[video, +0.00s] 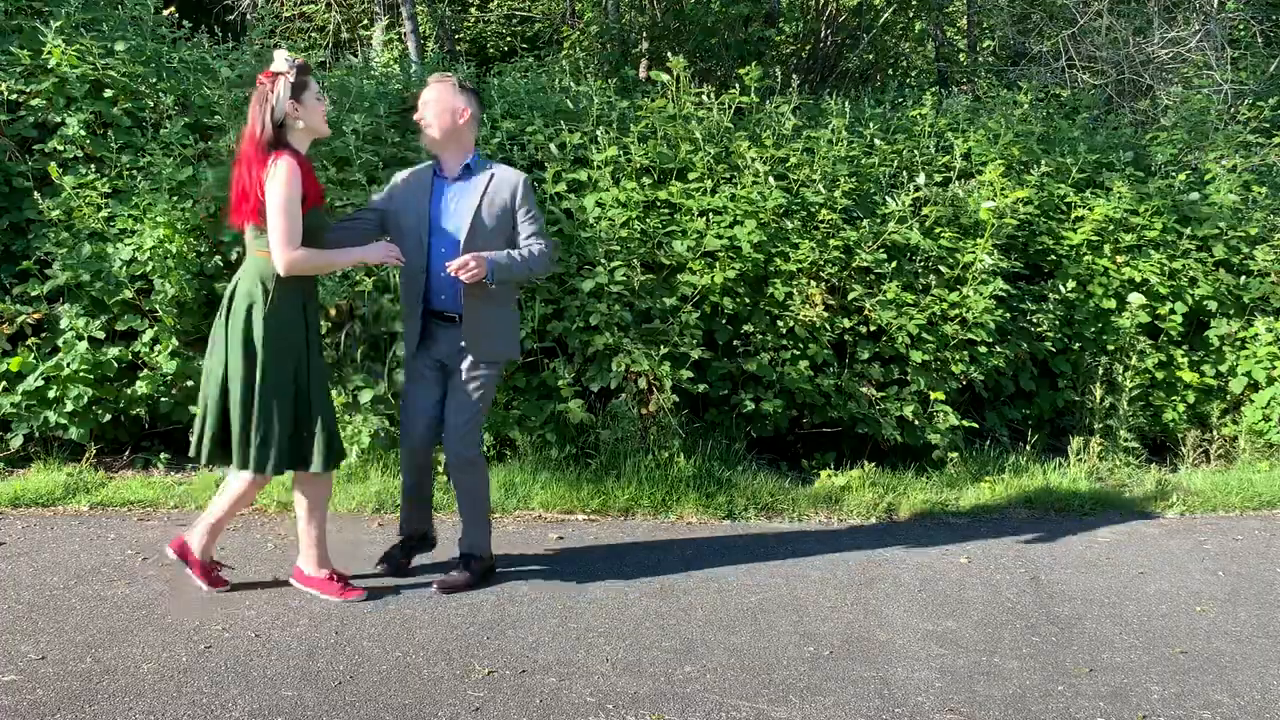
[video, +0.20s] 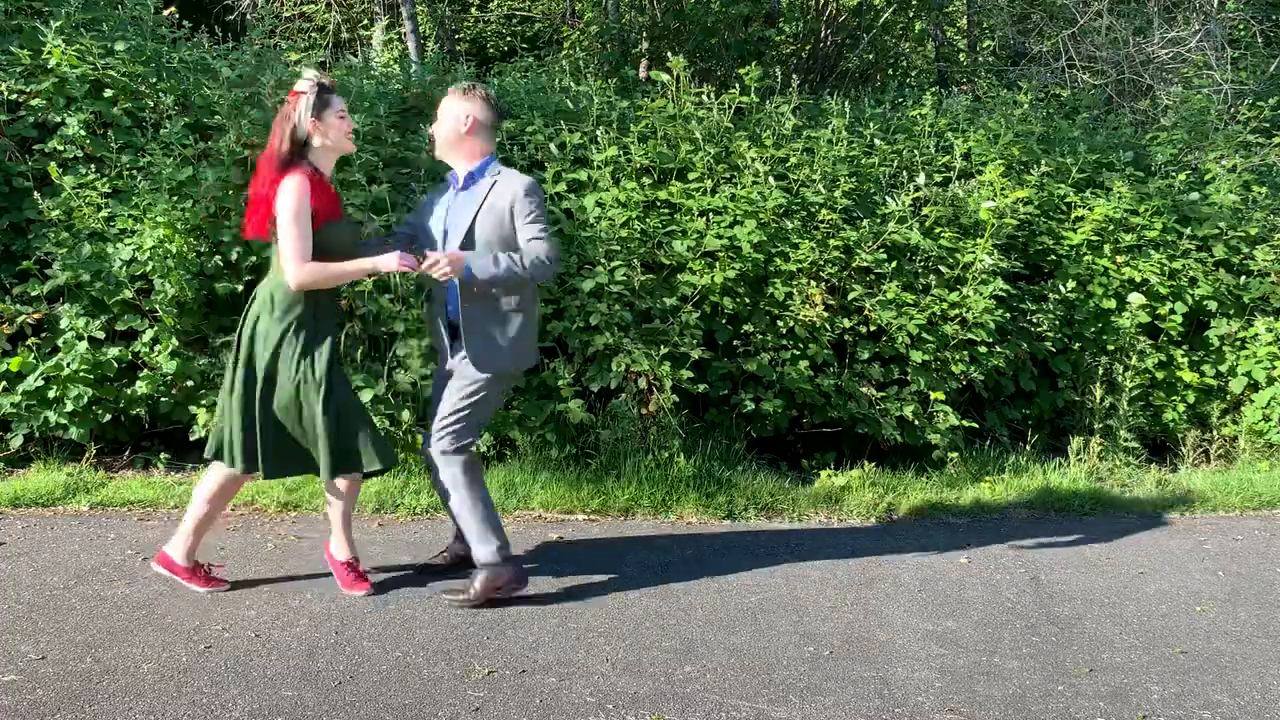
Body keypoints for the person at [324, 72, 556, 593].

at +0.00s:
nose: (416, 117)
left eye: (425, 107)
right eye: (417, 109)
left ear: (463, 114)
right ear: (445, 118)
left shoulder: (509, 184)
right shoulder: (407, 185)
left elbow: (540, 254)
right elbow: (349, 231)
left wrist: (492, 263)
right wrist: (291, 234)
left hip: (481, 335)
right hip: (425, 331)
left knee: (460, 442)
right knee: (415, 437)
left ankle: (476, 556)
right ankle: (415, 534)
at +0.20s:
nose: (431, 127)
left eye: (439, 118)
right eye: (434, 118)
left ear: (466, 126)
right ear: (470, 128)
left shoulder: (516, 188)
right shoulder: (439, 200)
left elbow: (542, 261)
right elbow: (396, 245)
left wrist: (468, 265)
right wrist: (334, 249)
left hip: (494, 344)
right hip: (452, 343)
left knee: (447, 443)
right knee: (442, 445)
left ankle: (498, 563)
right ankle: (472, 540)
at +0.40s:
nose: (455, 122)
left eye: (458, 112)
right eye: (460, 112)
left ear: (469, 114)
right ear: (506, 120)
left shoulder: (504, 176)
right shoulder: (488, 174)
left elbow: (499, 251)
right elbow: (477, 249)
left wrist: (420, 255)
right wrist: (419, 253)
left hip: (509, 344)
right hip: (492, 343)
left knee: (480, 455)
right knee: (473, 449)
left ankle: (506, 582)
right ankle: (487, 548)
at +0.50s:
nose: (461, 118)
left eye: (463, 111)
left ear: (473, 114)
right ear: (521, 117)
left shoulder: (493, 167)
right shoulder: (527, 171)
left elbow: (475, 247)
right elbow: (495, 246)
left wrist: (406, 251)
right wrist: (423, 249)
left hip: (499, 339)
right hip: (531, 335)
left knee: (484, 458)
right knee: (492, 451)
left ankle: (505, 581)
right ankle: (533, 558)